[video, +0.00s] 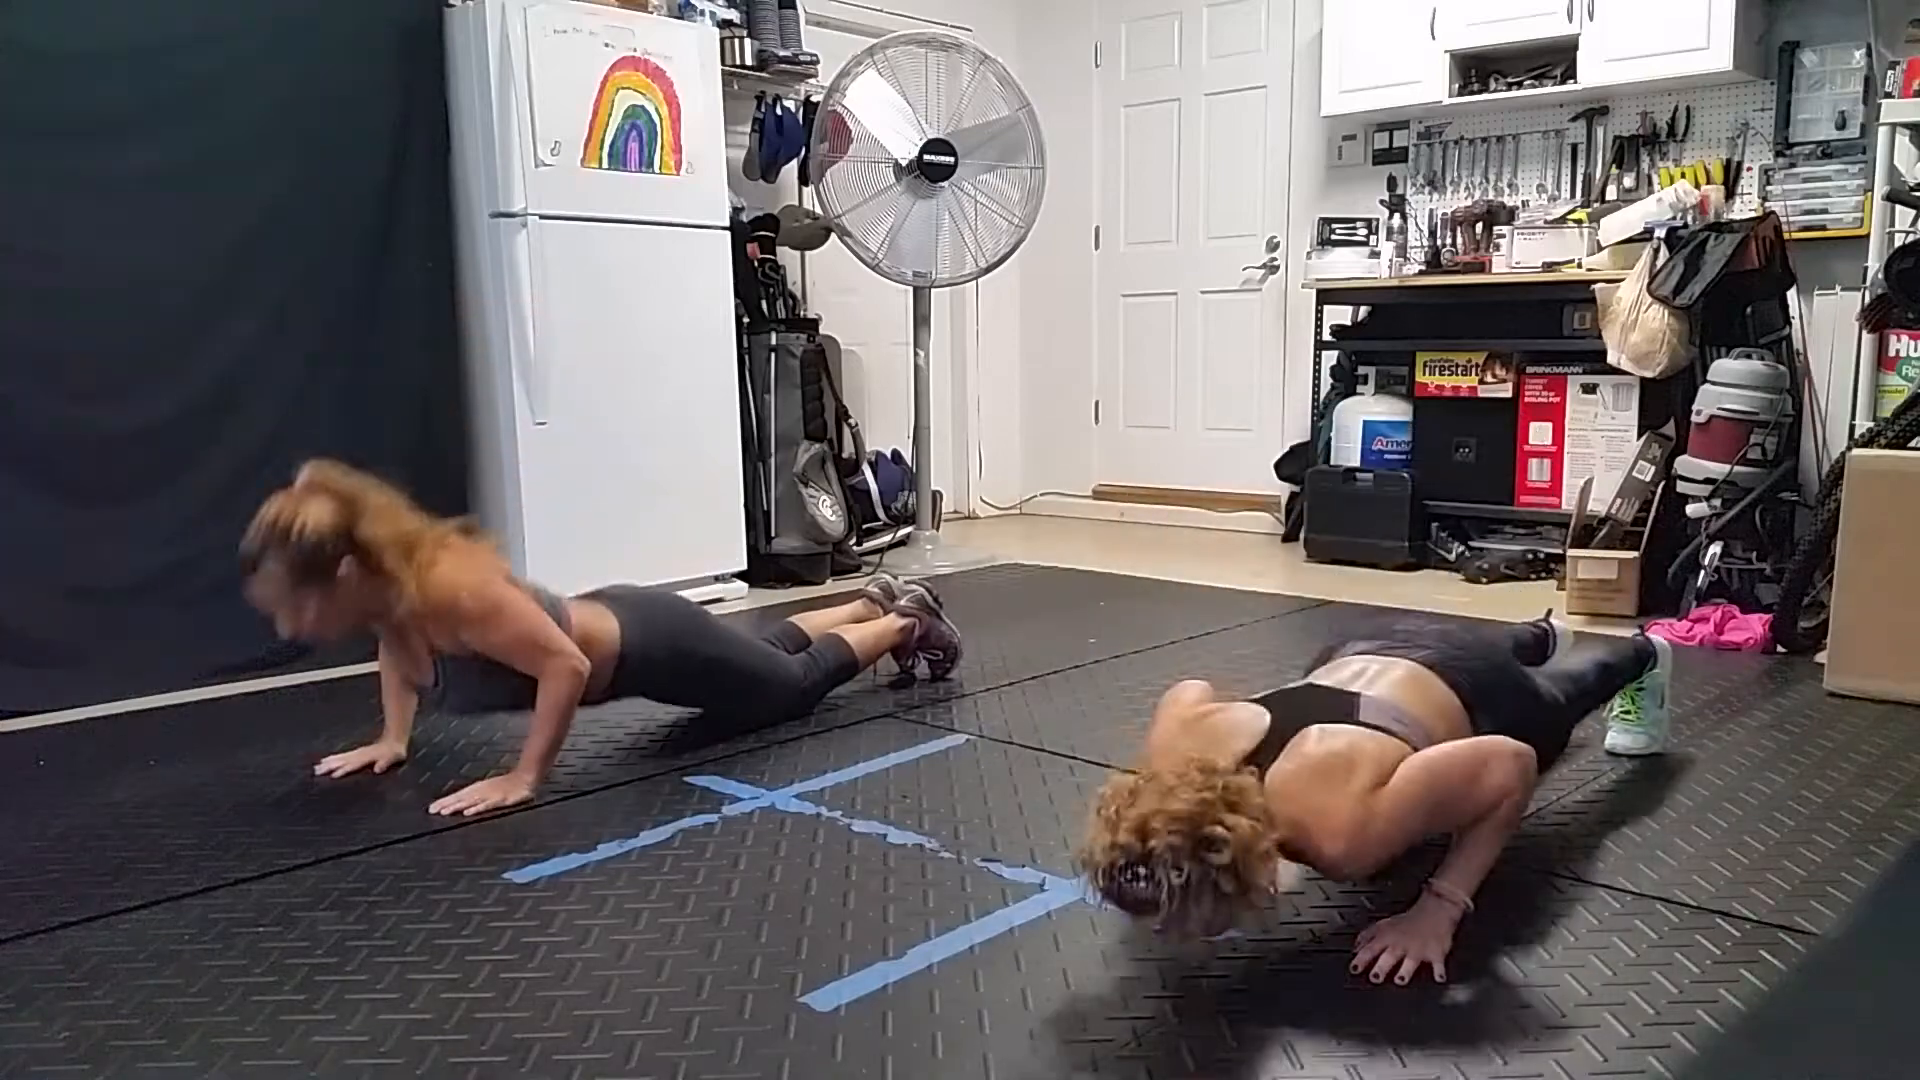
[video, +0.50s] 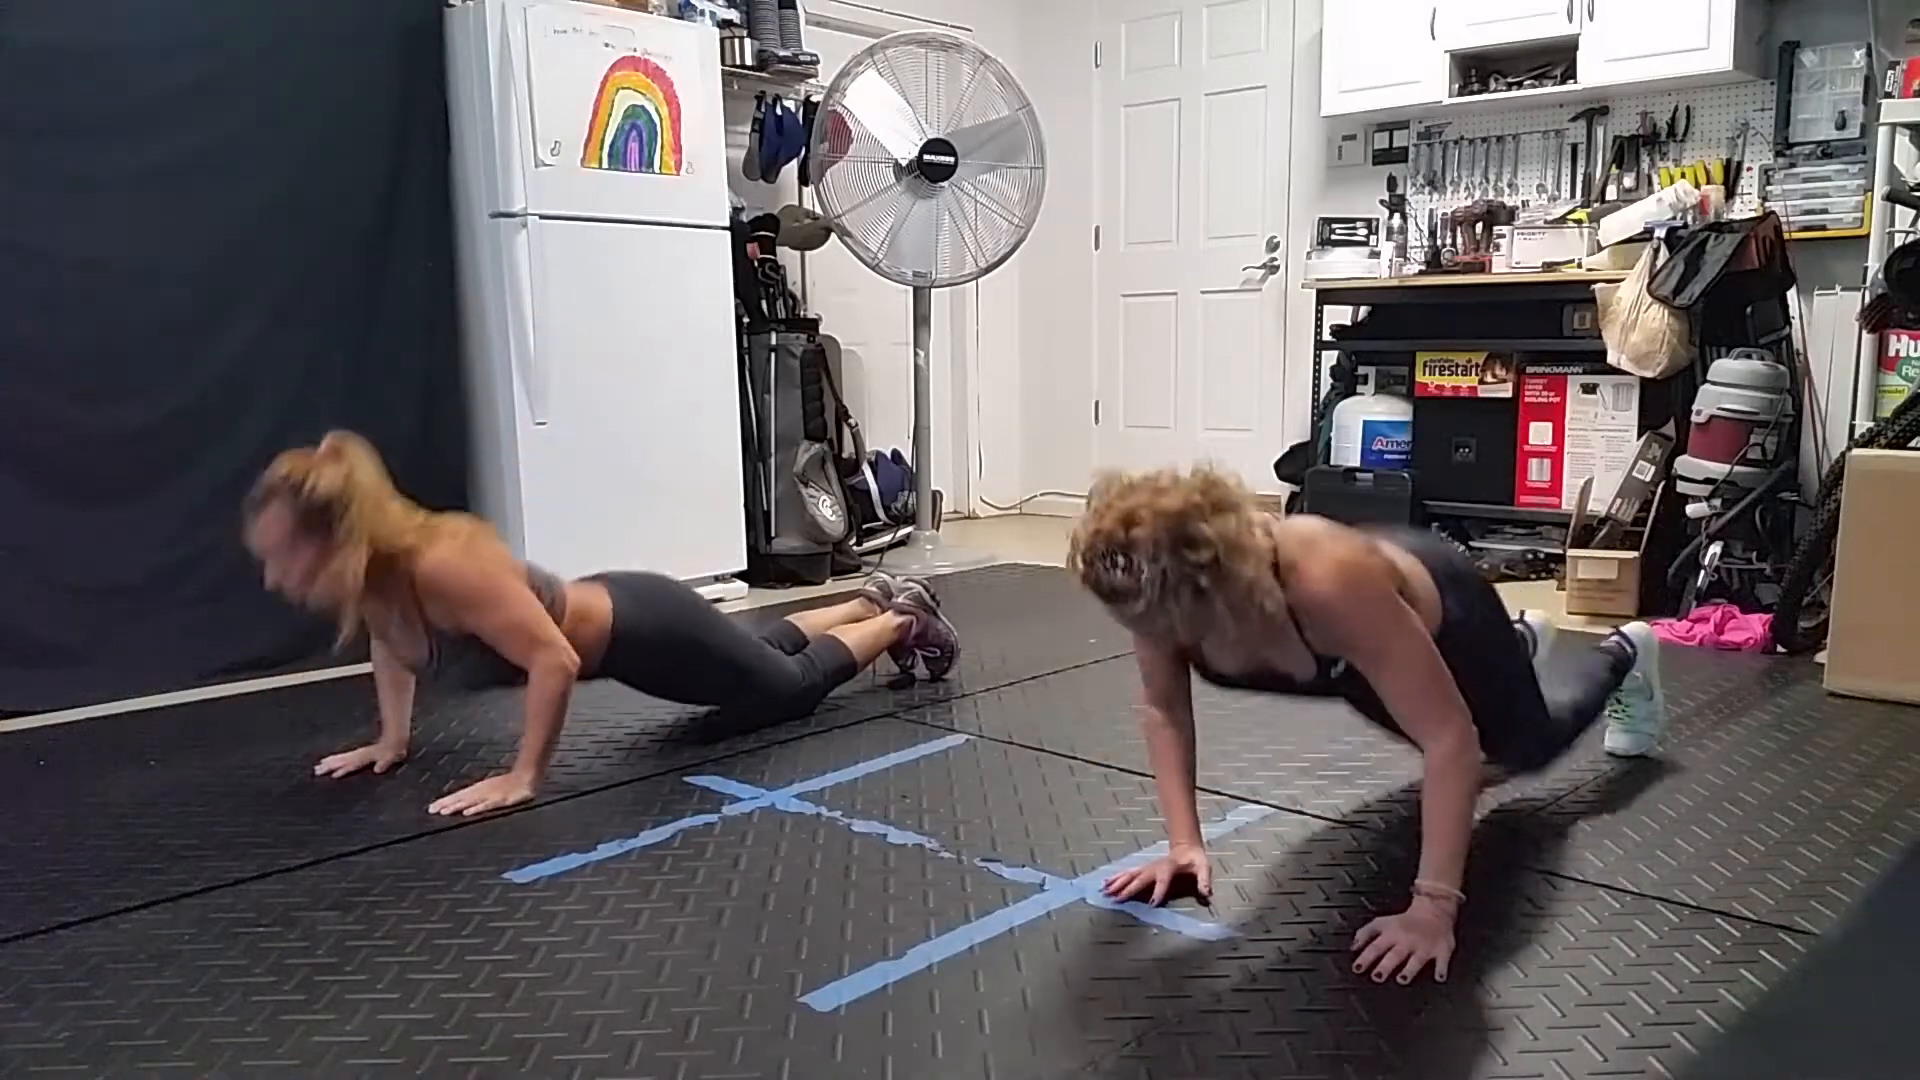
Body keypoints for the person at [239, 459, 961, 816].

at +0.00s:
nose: (289, 633)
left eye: (288, 615)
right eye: (278, 620)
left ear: (337, 577)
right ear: (329, 573)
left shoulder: (453, 591)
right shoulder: (391, 588)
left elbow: (565, 667)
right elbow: (397, 659)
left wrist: (521, 777)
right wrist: (391, 742)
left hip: (655, 644)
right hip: (611, 620)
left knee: (799, 678)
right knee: (757, 644)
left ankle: (907, 621)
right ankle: (871, 603)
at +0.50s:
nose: (271, 577)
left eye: (276, 557)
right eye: (263, 560)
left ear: (328, 535)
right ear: (316, 542)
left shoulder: (445, 564)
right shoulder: (366, 574)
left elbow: (556, 661)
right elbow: (394, 653)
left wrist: (521, 778)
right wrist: (391, 745)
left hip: (649, 628)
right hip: (605, 614)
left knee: (802, 687)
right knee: (760, 645)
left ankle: (900, 618)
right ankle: (869, 604)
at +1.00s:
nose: (353, 415)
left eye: (369, 398)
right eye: (346, 400)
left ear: (428, 400)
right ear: (357, 409)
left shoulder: (487, 465)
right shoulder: (405, 501)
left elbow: (355, 439)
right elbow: (403, 621)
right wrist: (392, 740)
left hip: (682, 577)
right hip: (644, 585)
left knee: (812, 680)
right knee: (777, 643)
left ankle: (918, 631)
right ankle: (874, 607)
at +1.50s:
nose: (338, 457)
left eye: (347, 437)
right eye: (331, 442)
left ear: (410, 417)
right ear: (384, 430)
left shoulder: (497, 488)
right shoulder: (401, 502)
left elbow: (534, 626)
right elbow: (410, 623)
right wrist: (393, 739)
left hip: (678, 586)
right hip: (637, 600)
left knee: (806, 682)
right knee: (769, 653)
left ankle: (920, 623)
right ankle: (878, 598)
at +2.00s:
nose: (296, 716)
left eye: (291, 699)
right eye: (282, 706)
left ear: (322, 662)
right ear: (318, 658)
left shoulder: (430, 638)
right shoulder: (370, 644)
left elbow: (580, 667)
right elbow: (425, 681)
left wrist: (525, 779)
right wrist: (400, 734)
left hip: (651, 660)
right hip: (607, 638)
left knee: (806, 681)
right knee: (761, 644)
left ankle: (914, 620)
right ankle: (871, 599)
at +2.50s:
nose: (326, 511)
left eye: (338, 494)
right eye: (322, 495)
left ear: (397, 482)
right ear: (376, 487)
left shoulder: (493, 530)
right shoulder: (399, 538)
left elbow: (556, 659)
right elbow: (409, 638)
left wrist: (524, 777)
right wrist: (394, 739)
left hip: (674, 623)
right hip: (632, 606)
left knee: (807, 680)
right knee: (773, 643)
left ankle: (924, 627)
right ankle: (878, 598)